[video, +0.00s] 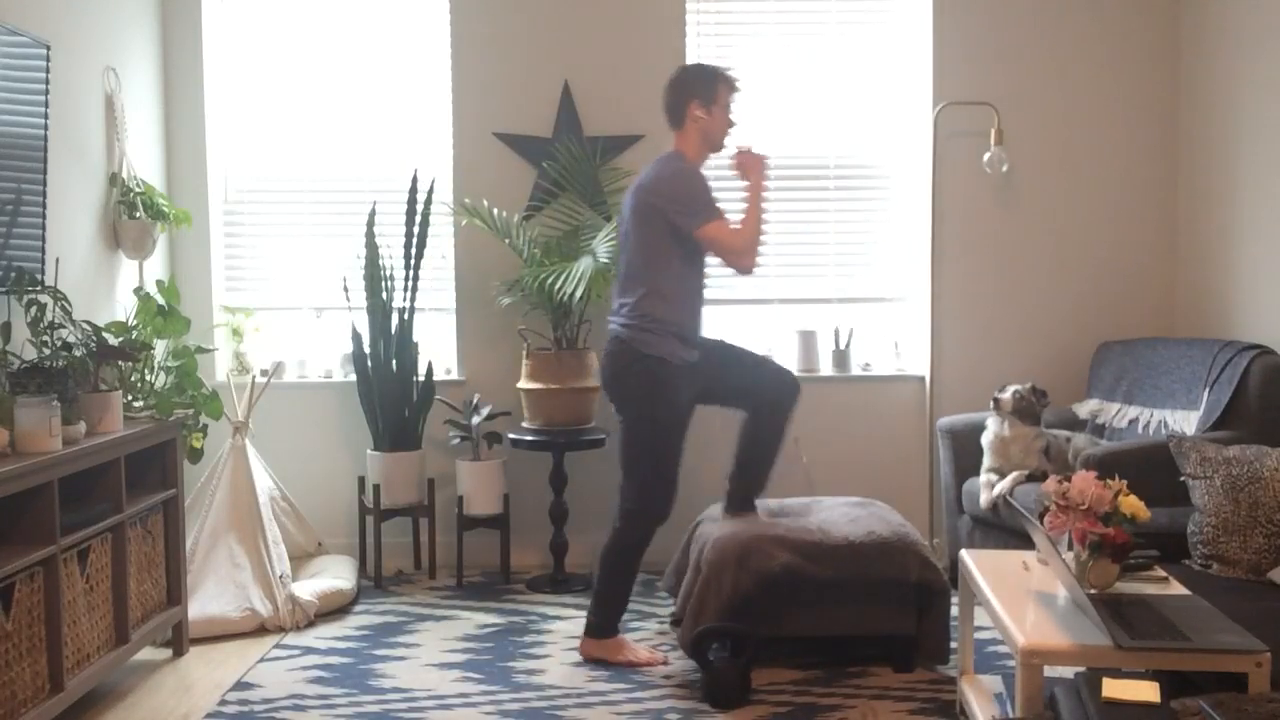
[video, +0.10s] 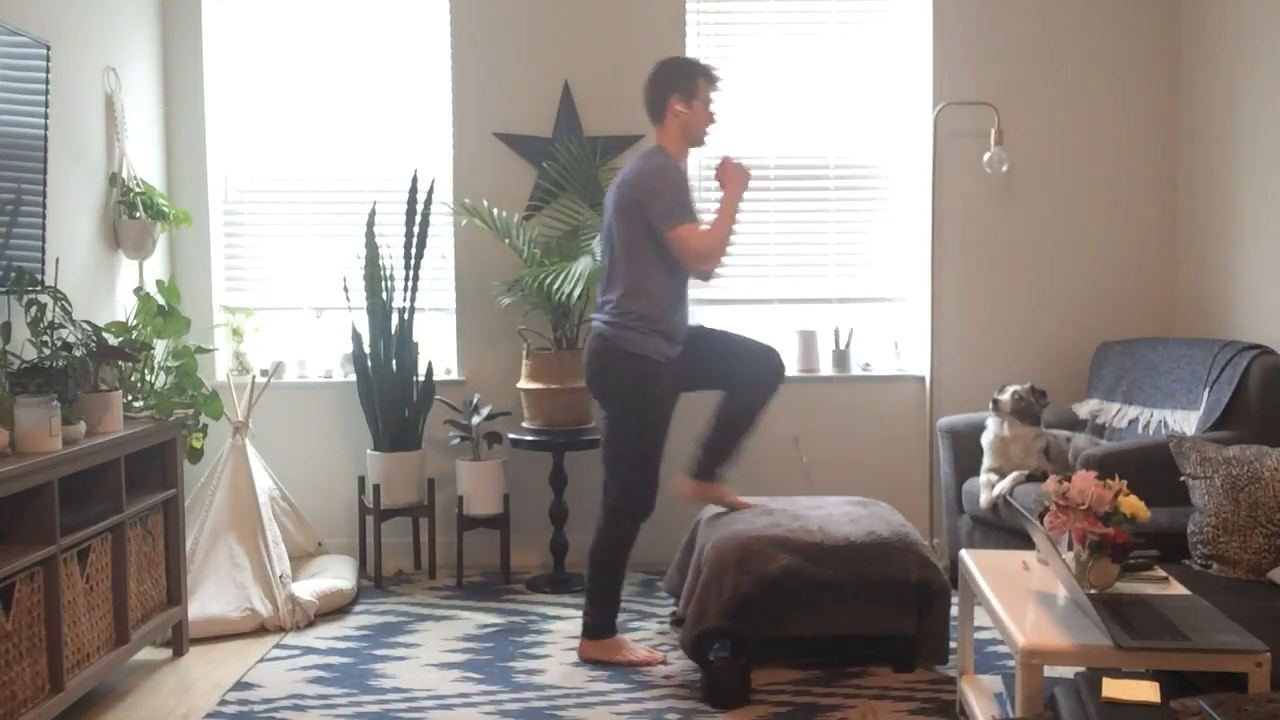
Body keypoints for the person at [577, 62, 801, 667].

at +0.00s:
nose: (731, 122)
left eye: (731, 111)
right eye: (726, 111)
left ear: (690, 114)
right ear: (696, 113)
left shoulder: (674, 178)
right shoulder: (671, 177)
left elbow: (738, 258)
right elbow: (742, 253)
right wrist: (756, 185)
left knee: (778, 387)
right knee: (646, 504)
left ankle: (739, 516)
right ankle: (600, 636)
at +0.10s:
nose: (713, 113)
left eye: (712, 102)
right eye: (707, 102)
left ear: (676, 108)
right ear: (677, 106)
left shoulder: (667, 171)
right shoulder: (652, 171)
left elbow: (700, 262)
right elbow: (701, 255)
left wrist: (726, 206)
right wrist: (730, 195)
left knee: (763, 366)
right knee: (628, 500)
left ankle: (704, 476)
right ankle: (597, 636)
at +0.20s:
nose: (695, 110)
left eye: (694, 99)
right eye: (688, 98)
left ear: (655, 104)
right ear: (659, 103)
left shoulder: (632, 169)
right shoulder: (638, 170)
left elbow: (646, 263)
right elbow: (657, 262)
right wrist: (718, 221)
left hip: (643, 345)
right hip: (621, 352)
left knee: (745, 388)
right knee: (621, 498)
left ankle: (647, 468)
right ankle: (596, 635)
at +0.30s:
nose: (682, 109)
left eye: (681, 98)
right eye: (675, 98)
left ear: (643, 103)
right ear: (644, 101)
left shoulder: (637, 171)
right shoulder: (620, 168)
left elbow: (630, 280)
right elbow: (612, 264)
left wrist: (679, 338)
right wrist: (694, 264)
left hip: (640, 353)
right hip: (611, 352)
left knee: (713, 433)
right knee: (615, 501)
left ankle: (629, 502)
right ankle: (596, 636)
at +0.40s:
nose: (670, 110)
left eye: (670, 100)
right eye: (662, 99)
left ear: (640, 103)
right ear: (629, 101)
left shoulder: (634, 175)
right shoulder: (608, 170)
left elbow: (637, 280)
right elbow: (589, 270)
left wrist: (705, 302)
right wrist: (662, 317)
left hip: (634, 353)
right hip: (610, 354)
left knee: (660, 481)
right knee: (613, 494)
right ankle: (596, 636)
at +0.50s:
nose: (663, 109)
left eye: (663, 99)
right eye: (654, 99)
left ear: (636, 106)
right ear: (622, 104)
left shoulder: (634, 181)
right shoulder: (602, 175)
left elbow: (656, 282)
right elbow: (573, 271)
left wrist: (723, 256)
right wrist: (609, 352)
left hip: (628, 352)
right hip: (612, 353)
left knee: (610, 498)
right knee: (626, 502)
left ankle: (580, 617)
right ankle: (597, 635)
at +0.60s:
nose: (664, 112)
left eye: (662, 102)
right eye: (655, 102)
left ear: (632, 109)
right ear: (624, 108)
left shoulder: (642, 193)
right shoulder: (599, 178)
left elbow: (682, 272)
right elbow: (559, 271)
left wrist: (719, 214)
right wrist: (556, 362)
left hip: (615, 358)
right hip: (607, 358)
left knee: (600, 493)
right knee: (669, 487)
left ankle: (576, 620)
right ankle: (609, 616)